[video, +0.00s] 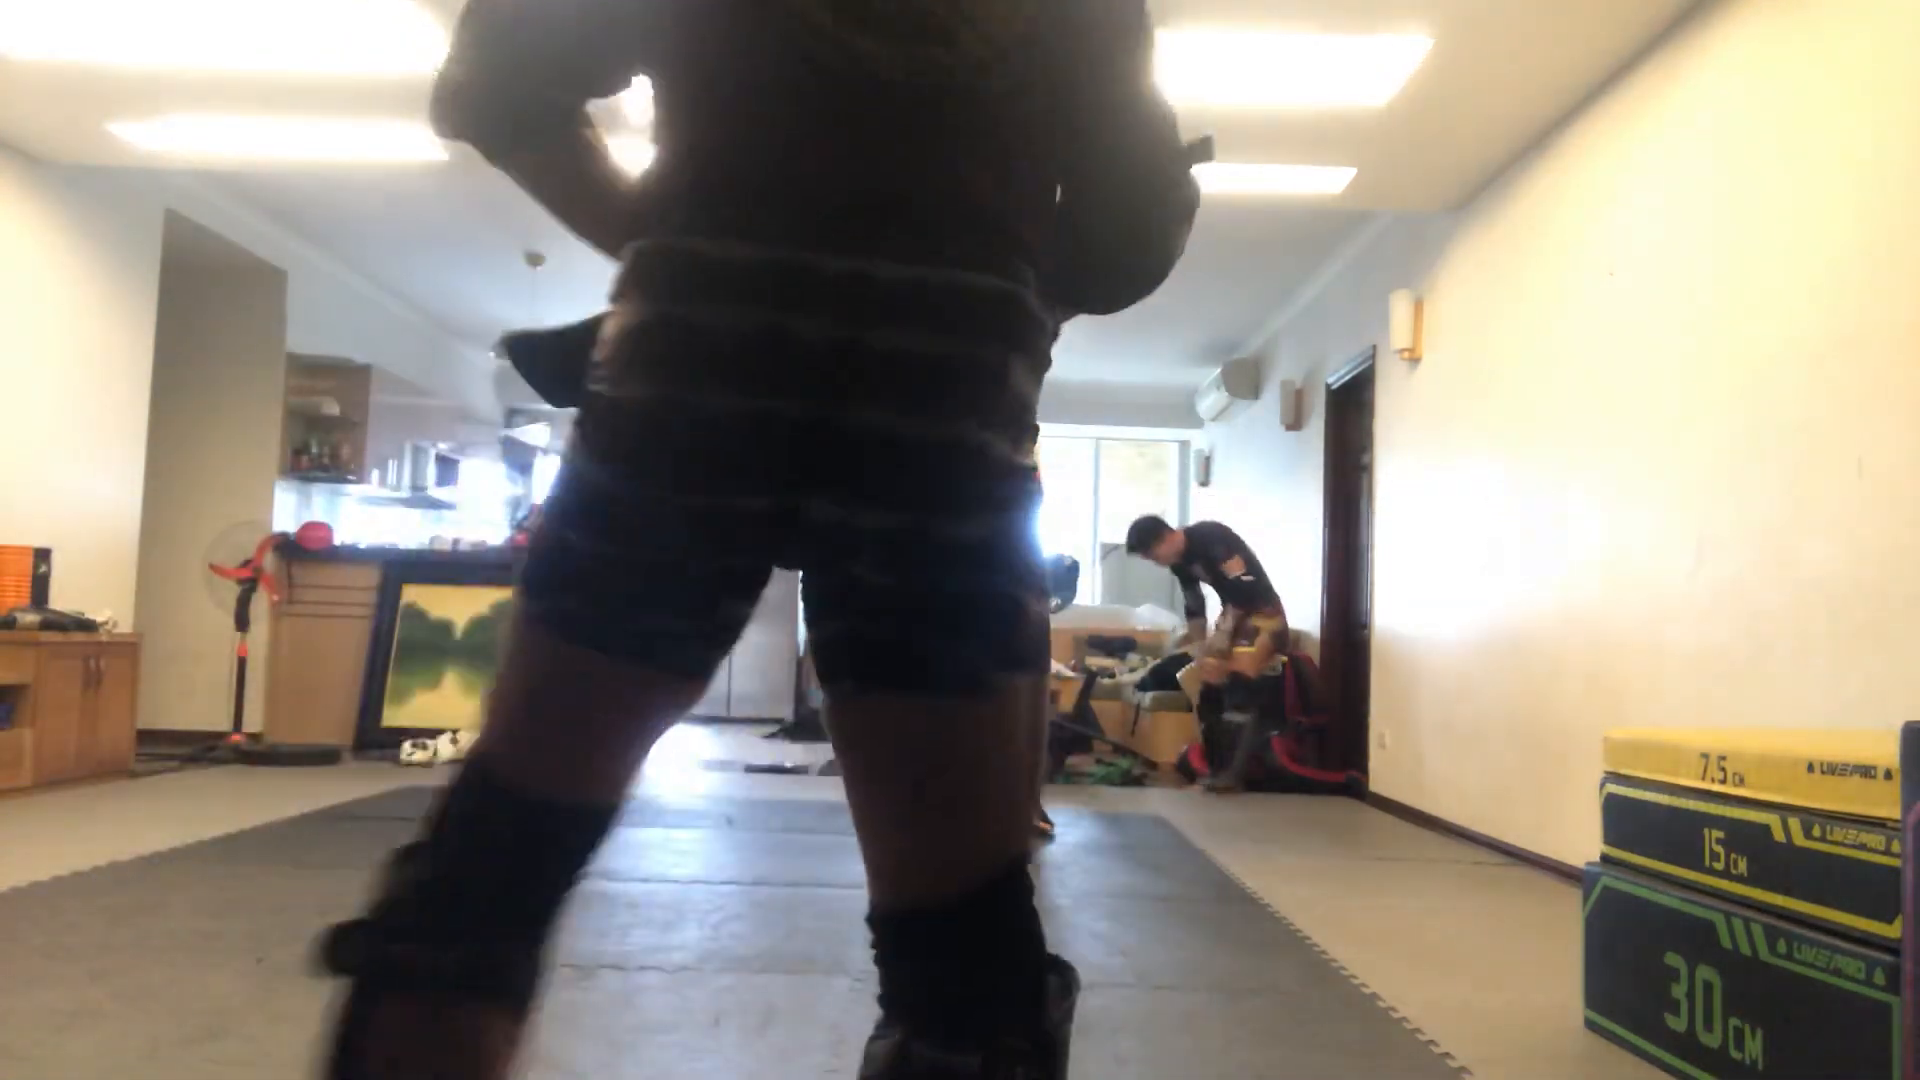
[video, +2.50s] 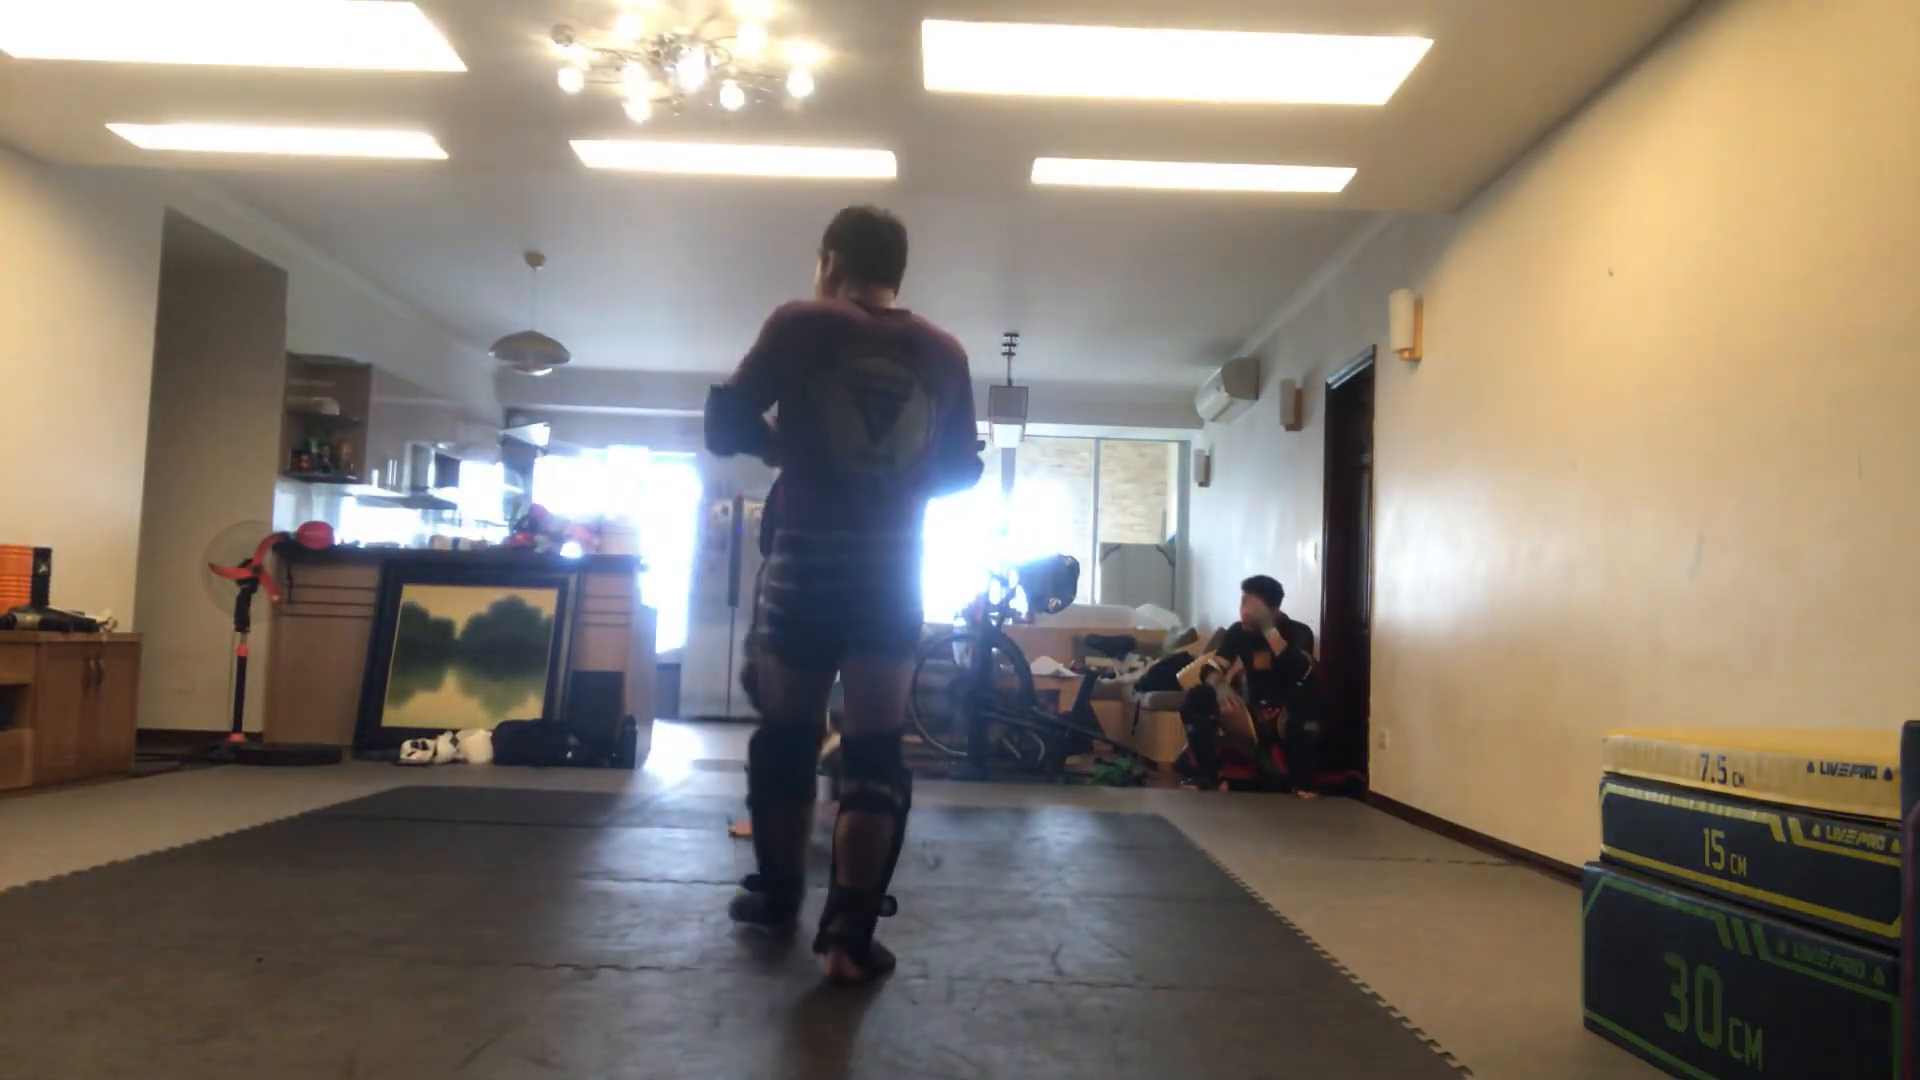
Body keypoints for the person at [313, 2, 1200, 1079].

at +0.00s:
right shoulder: (1070, 12)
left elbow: (493, 88)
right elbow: (1136, 220)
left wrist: (639, 222)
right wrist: (1017, 274)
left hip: (690, 366)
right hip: (935, 399)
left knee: (477, 893)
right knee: (968, 976)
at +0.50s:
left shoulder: (644, 18)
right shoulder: (938, 19)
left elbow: (528, 248)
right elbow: (1020, 257)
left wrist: (664, 311)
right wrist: (926, 347)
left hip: (686, 448)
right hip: (872, 456)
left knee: (645, 865)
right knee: (927, 854)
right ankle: (870, 1061)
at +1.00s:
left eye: (863, 37)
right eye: (945, 47)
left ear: (842, 34)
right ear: (947, 55)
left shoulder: (765, 116)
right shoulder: (1000, 170)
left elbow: (648, 287)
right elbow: (1026, 380)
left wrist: (765, 328)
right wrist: (922, 387)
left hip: (772, 498)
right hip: (915, 511)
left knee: (672, 777)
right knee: (902, 798)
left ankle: (700, 1055)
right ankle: (883, 1063)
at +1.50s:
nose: (803, 158)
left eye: (799, 139)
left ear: (799, 141)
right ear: (890, 151)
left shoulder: (745, 217)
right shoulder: (944, 248)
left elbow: (664, 356)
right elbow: (986, 412)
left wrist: (763, 377)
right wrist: (908, 450)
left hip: (750, 536)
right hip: (874, 546)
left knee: (738, 759)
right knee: (885, 774)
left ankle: (739, 997)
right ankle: (873, 1036)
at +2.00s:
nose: (845, 243)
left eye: (826, 223)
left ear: (820, 220)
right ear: (897, 235)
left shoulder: (768, 272)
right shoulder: (931, 302)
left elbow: (684, 372)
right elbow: (972, 442)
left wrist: (763, 413)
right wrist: (898, 475)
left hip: (768, 551)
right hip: (871, 557)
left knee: (741, 752)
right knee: (868, 751)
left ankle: (739, 973)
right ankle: (848, 946)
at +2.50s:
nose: (817, 277)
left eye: (819, 266)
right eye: (823, 268)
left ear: (831, 266)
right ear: (899, 274)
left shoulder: (797, 324)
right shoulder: (944, 351)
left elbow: (727, 426)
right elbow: (961, 465)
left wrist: (795, 450)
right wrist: (891, 479)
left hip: (801, 566)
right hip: (890, 574)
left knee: (787, 729)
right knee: (876, 741)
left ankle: (778, 894)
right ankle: (850, 936)